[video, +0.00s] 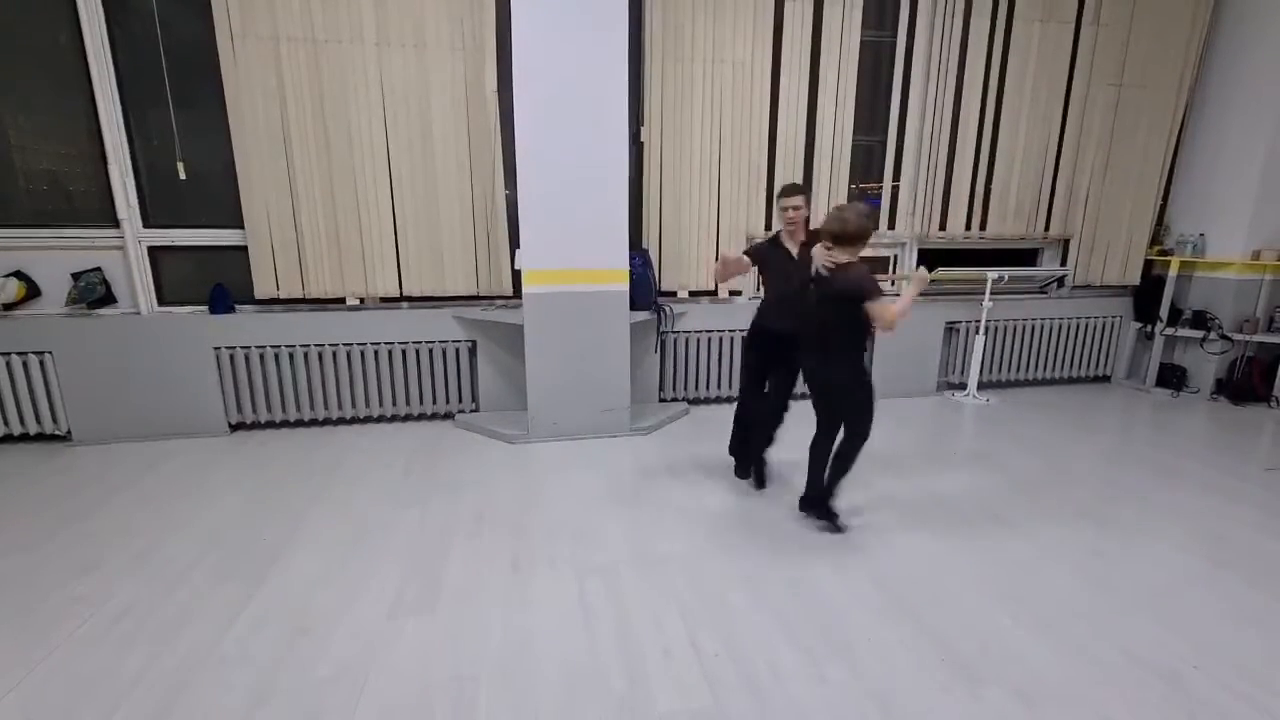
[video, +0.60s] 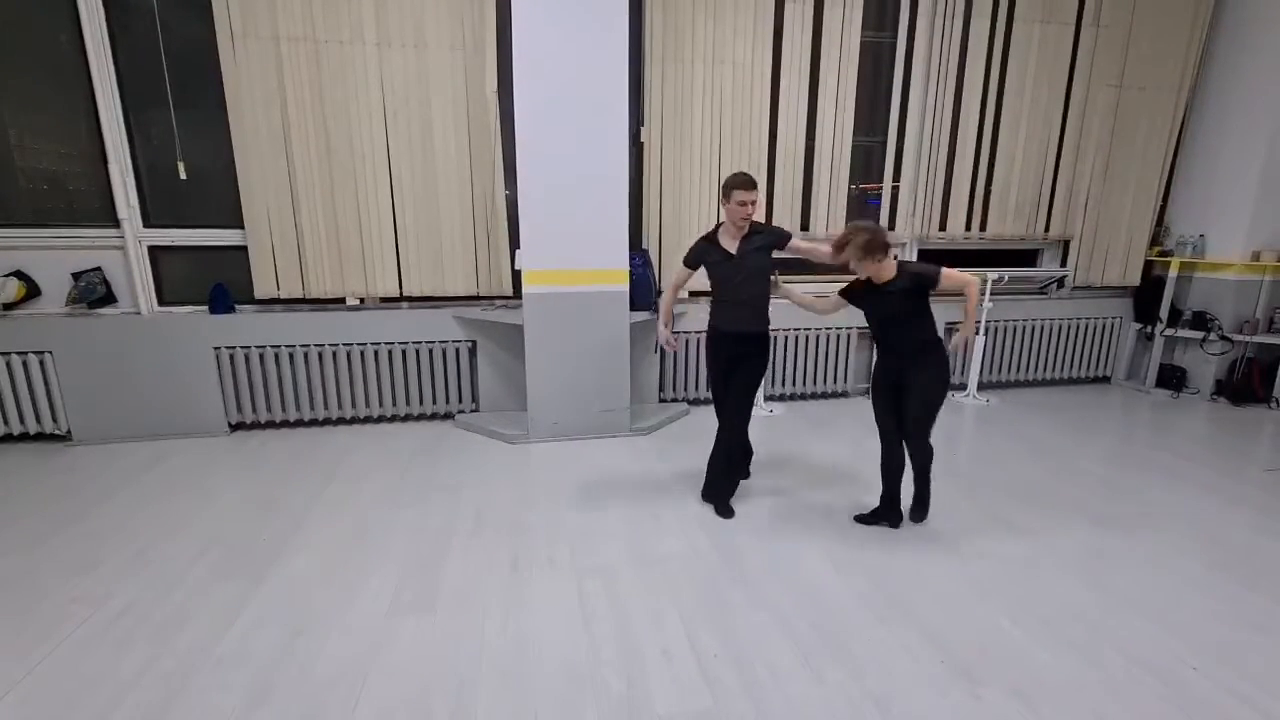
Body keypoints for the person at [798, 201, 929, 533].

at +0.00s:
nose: (867, 241)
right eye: (866, 236)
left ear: (829, 235)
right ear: (863, 240)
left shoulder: (816, 260)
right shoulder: (858, 276)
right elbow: (886, 319)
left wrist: (873, 318)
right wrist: (913, 289)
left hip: (815, 361)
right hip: (847, 366)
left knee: (826, 426)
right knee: (858, 429)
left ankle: (811, 496)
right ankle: (823, 498)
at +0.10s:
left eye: (848, 226)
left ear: (850, 232)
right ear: (887, 239)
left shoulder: (826, 263)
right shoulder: (889, 272)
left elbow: (796, 304)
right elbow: (899, 319)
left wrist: (823, 314)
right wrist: (888, 294)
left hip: (829, 361)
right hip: (872, 364)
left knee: (828, 429)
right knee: (866, 432)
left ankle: (821, 503)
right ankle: (863, 508)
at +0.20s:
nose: (853, 241)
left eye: (858, 239)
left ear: (863, 241)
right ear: (892, 248)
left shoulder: (844, 271)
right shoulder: (891, 276)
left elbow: (817, 300)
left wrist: (800, 323)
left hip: (859, 361)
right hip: (892, 361)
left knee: (827, 415)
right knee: (874, 428)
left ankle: (851, 489)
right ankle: (874, 508)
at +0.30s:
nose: (836, 282)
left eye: (833, 275)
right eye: (831, 278)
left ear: (846, 259)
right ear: (848, 260)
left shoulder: (867, 269)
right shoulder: (870, 274)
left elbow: (875, 297)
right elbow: (850, 315)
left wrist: (845, 328)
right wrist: (814, 291)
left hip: (890, 367)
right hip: (899, 365)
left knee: (832, 412)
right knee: (882, 435)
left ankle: (889, 467)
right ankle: (882, 510)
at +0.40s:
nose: (835, 287)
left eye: (833, 280)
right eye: (830, 283)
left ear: (846, 267)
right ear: (840, 272)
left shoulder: (878, 275)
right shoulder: (855, 290)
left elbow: (926, 286)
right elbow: (835, 311)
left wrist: (923, 330)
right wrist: (805, 296)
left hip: (909, 364)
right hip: (892, 365)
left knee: (858, 422)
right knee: (889, 435)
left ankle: (903, 483)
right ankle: (890, 504)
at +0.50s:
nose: (844, 284)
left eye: (846, 277)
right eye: (841, 280)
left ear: (859, 265)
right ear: (843, 272)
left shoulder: (899, 274)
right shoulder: (853, 292)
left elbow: (956, 282)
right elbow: (826, 311)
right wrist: (789, 291)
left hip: (922, 367)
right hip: (887, 370)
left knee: (893, 432)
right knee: (888, 435)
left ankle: (924, 492)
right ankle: (889, 507)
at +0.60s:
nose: (853, 268)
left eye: (856, 262)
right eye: (851, 264)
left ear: (875, 256)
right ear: (862, 262)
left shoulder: (914, 274)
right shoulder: (860, 289)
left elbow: (971, 282)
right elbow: (824, 306)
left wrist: (969, 326)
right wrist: (784, 291)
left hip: (928, 367)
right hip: (888, 370)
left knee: (915, 435)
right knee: (890, 438)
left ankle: (922, 492)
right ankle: (890, 506)